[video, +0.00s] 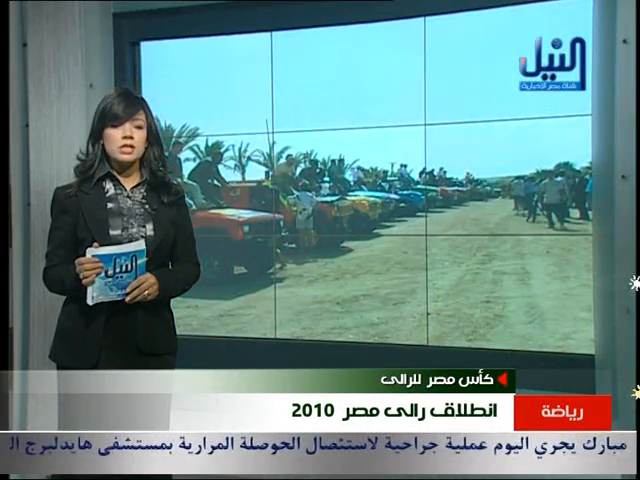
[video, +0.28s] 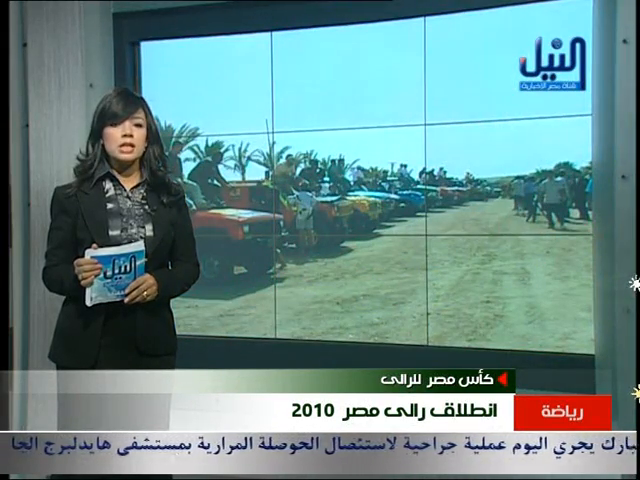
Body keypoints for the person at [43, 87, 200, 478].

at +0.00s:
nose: (128, 135)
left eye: (137, 126)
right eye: (117, 126)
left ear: (149, 136)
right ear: (101, 136)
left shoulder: (170, 196)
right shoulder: (71, 198)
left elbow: (189, 267)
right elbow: (53, 274)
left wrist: (161, 282)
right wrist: (77, 274)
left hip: (151, 348)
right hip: (86, 349)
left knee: (150, 452)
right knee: (83, 452)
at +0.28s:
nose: (127, 134)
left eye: (136, 125)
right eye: (116, 125)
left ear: (149, 135)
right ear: (100, 135)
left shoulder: (170, 196)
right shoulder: (71, 198)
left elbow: (188, 267)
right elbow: (52, 273)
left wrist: (161, 282)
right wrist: (75, 275)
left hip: (150, 349)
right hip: (85, 349)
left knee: (148, 453)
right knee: (81, 452)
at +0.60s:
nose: (127, 139)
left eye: (136, 129)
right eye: (116, 129)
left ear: (148, 137)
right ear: (100, 138)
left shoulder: (169, 196)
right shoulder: (70, 198)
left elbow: (188, 267)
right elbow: (52, 274)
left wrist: (161, 282)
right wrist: (76, 274)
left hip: (150, 349)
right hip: (85, 350)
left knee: (149, 452)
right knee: (81, 452)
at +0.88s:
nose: (127, 138)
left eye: (135, 127)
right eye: (115, 129)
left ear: (148, 135)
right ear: (100, 138)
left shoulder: (170, 196)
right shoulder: (71, 198)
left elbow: (189, 267)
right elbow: (52, 273)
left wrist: (161, 282)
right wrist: (76, 275)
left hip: (150, 348)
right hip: (85, 349)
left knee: (149, 450)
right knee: (81, 451)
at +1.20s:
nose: (123, 139)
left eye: (133, 129)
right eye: (113, 129)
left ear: (147, 137)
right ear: (99, 137)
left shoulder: (170, 196)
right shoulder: (70, 197)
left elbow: (189, 266)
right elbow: (52, 272)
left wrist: (161, 282)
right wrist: (75, 274)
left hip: (149, 348)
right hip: (84, 348)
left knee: (148, 451)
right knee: (81, 451)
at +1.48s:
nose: (125, 136)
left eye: (135, 128)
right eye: (115, 127)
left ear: (148, 137)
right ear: (100, 135)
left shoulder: (170, 196)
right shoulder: (70, 197)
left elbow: (188, 266)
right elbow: (51, 271)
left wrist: (160, 283)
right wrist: (74, 275)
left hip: (149, 348)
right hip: (84, 348)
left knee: (148, 451)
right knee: (81, 451)